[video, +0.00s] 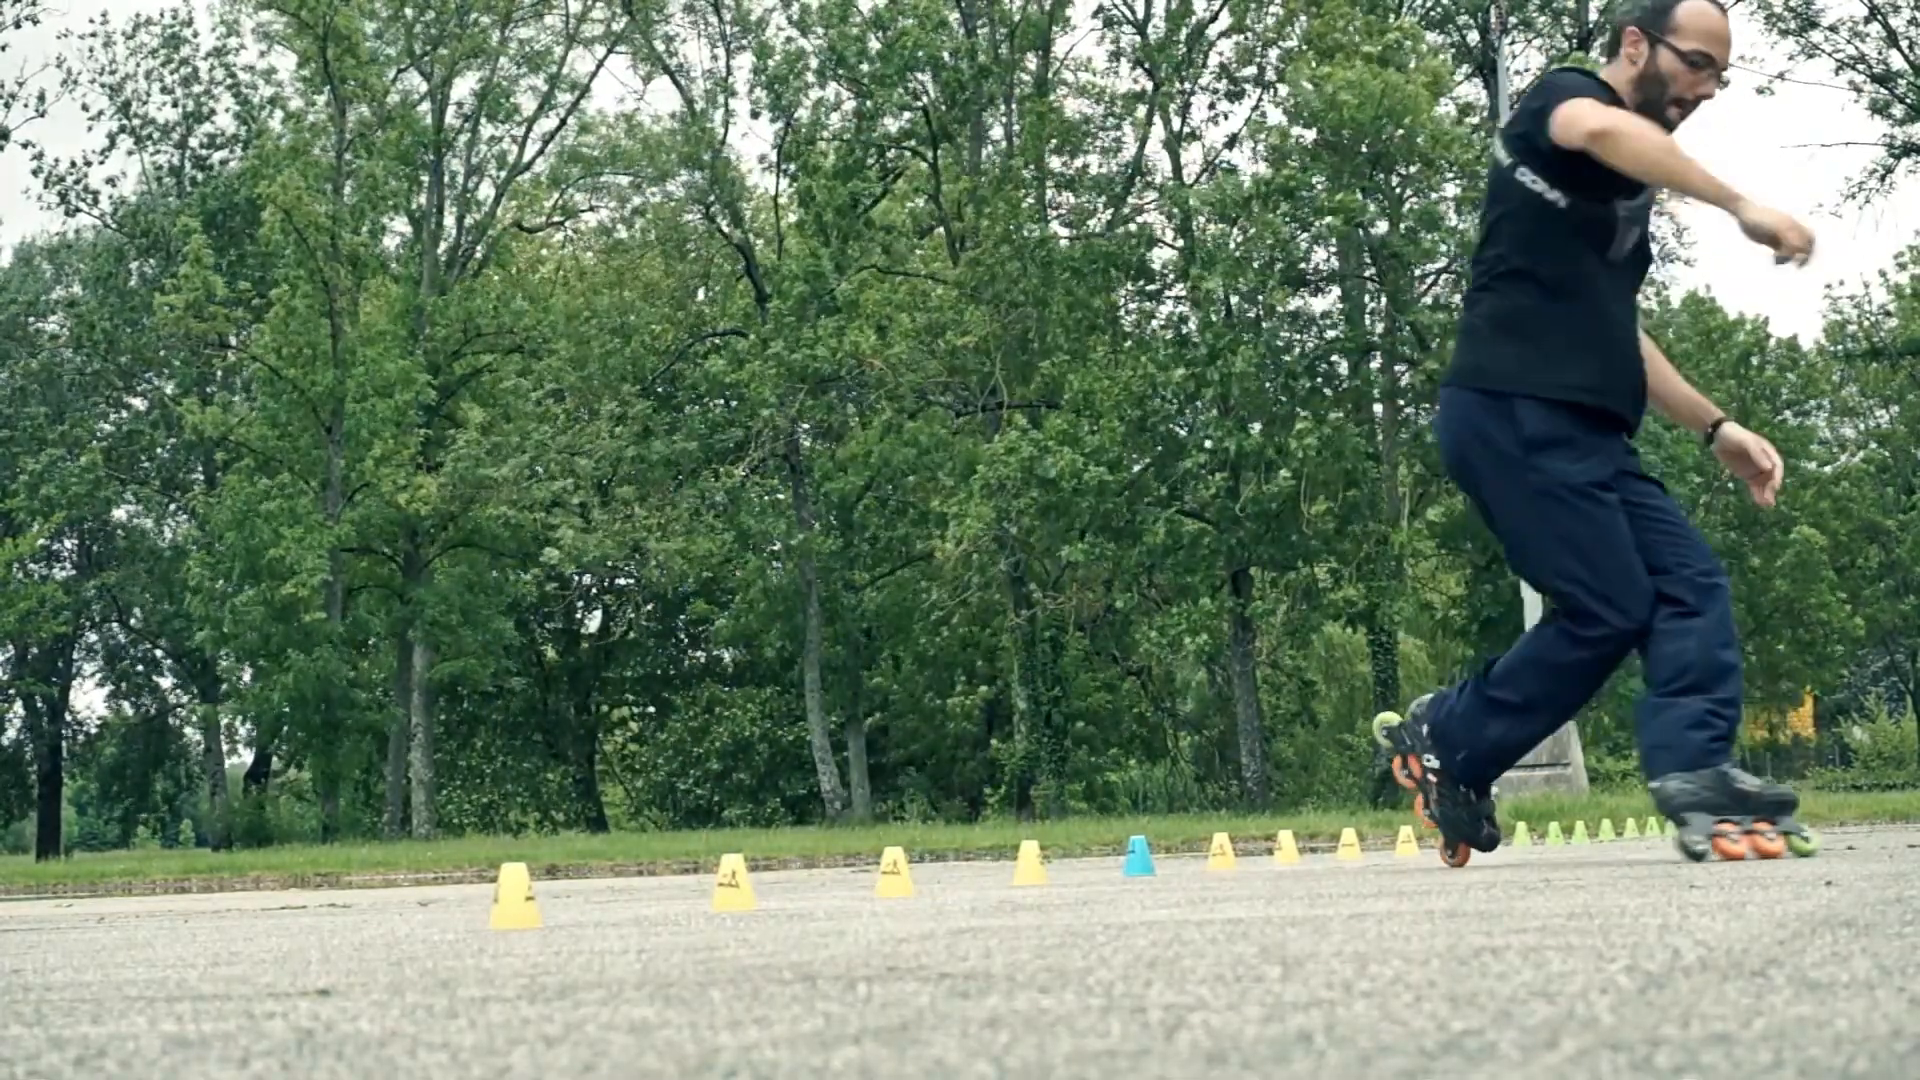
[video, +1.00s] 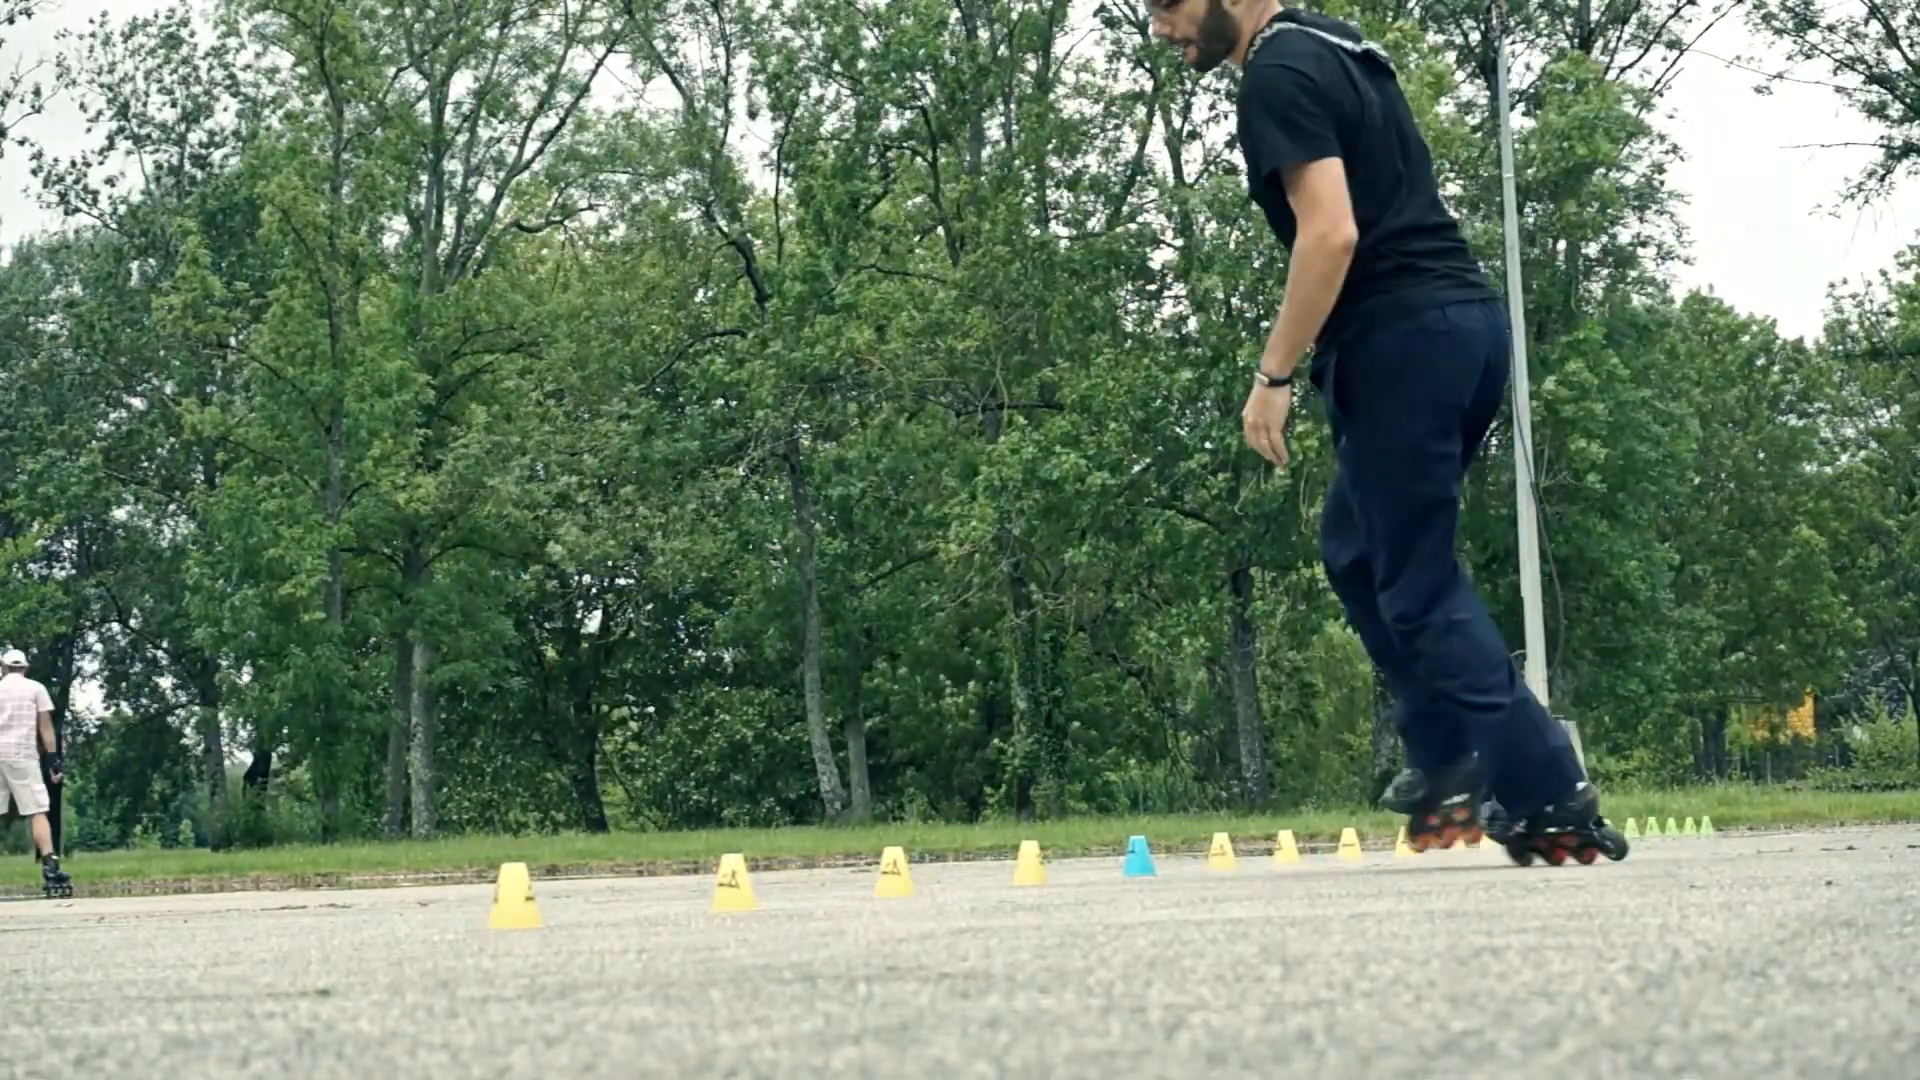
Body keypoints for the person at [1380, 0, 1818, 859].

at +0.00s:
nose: (1705, 89)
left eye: (1717, 74)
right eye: (1694, 63)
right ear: (1632, 45)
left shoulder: (1632, 174)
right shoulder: (1562, 89)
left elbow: (1614, 331)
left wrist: (1716, 429)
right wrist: (1740, 203)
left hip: (1591, 428)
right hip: (1511, 413)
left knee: (1688, 582)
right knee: (1610, 607)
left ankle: (1691, 766)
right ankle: (1449, 744)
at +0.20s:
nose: (1565, 56)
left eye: (1587, 39)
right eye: (1547, 31)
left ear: (1605, 38)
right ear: (1505, 16)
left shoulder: (1596, 157)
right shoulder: (1430, 102)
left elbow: (1644, 286)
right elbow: (1318, 157)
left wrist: (1712, 379)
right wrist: (1357, 197)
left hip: (1528, 420)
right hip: (1412, 417)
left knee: (1568, 575)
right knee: (1466, 609)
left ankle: (1471, 762)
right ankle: (1445, 800)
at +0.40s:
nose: (1384, 39)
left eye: (1404, 19)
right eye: (1368, 20)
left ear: (1453, 9)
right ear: (1354, 17)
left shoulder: (1508, 116)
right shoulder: (1323, 102)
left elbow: (1590, 244)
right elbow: (1209, 187)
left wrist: (1602, 355)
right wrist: (1129, 251)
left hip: (1441, 414)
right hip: (1323, 416)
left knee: (1381, 594)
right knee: (1335, 639)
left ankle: (1261, 778)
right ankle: (1458, 741)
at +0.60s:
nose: (1260, 33)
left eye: (1274, 14)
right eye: (1249, 19)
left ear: (1332, 1)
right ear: (1248, 16)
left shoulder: (1405, 90)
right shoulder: (1277, 96)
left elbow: (1483, 239)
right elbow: (1216, 208)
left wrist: (1429, 365)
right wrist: (1128, 306)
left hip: (1391, 394)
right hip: (1307, 410)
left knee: (1281, 584)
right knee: (1306, 611)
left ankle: (1217, 792)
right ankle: (1507, 740)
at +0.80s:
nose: (1197, 26)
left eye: (1206, 6)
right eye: (1191, 12)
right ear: (1255, 10)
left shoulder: (1343, 73)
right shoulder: (1282, 89)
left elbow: (1392, 239)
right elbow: (1290, 200)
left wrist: (1308, 374)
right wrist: (1227, 290)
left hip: (1399, 359)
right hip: (1377, 362)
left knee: (1294, 571)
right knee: (1376, 581)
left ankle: (1377, 803)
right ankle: (1541, 737)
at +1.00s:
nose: (1162, 27)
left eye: (1168, 5)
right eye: (1155, 12)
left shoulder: (1275, 70)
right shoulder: (1340, 49)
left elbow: (1328, 231)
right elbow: (1394, 213)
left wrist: (1273, 375)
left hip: (1407, 343)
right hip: (1469, 329)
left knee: (1413, 578)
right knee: (1351, 543)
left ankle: (1548, 794)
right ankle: (1448, 765)